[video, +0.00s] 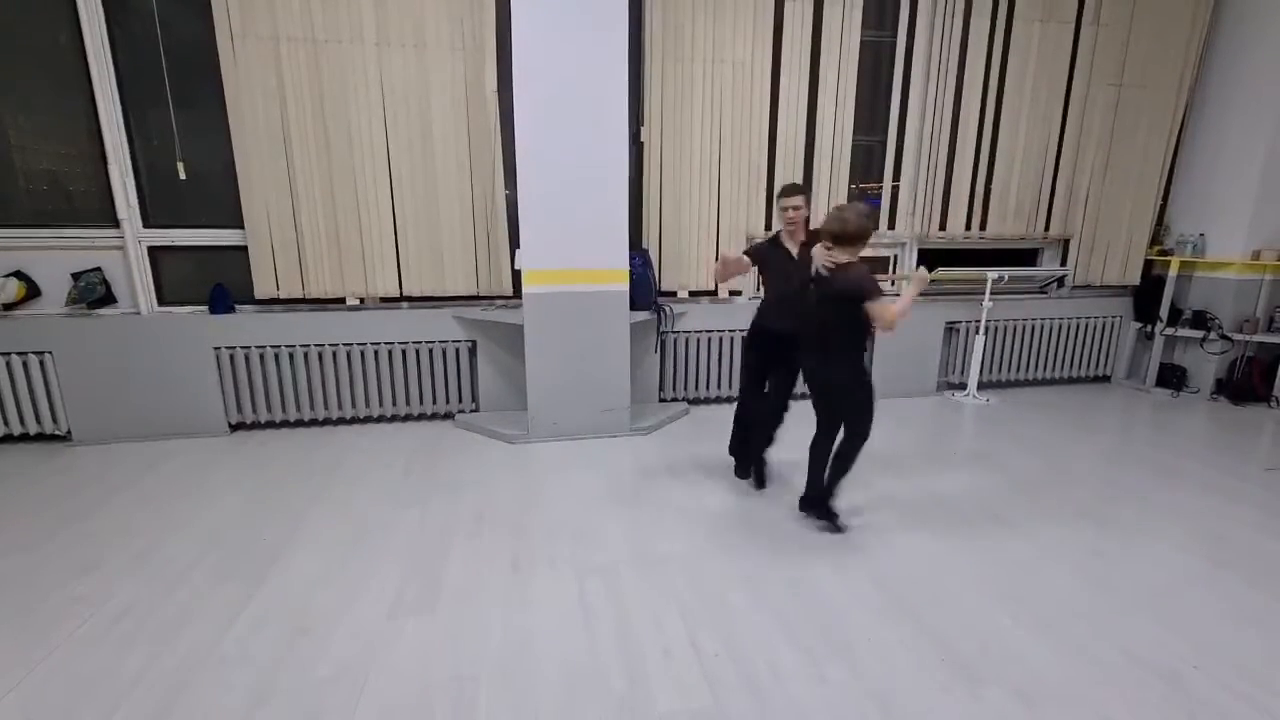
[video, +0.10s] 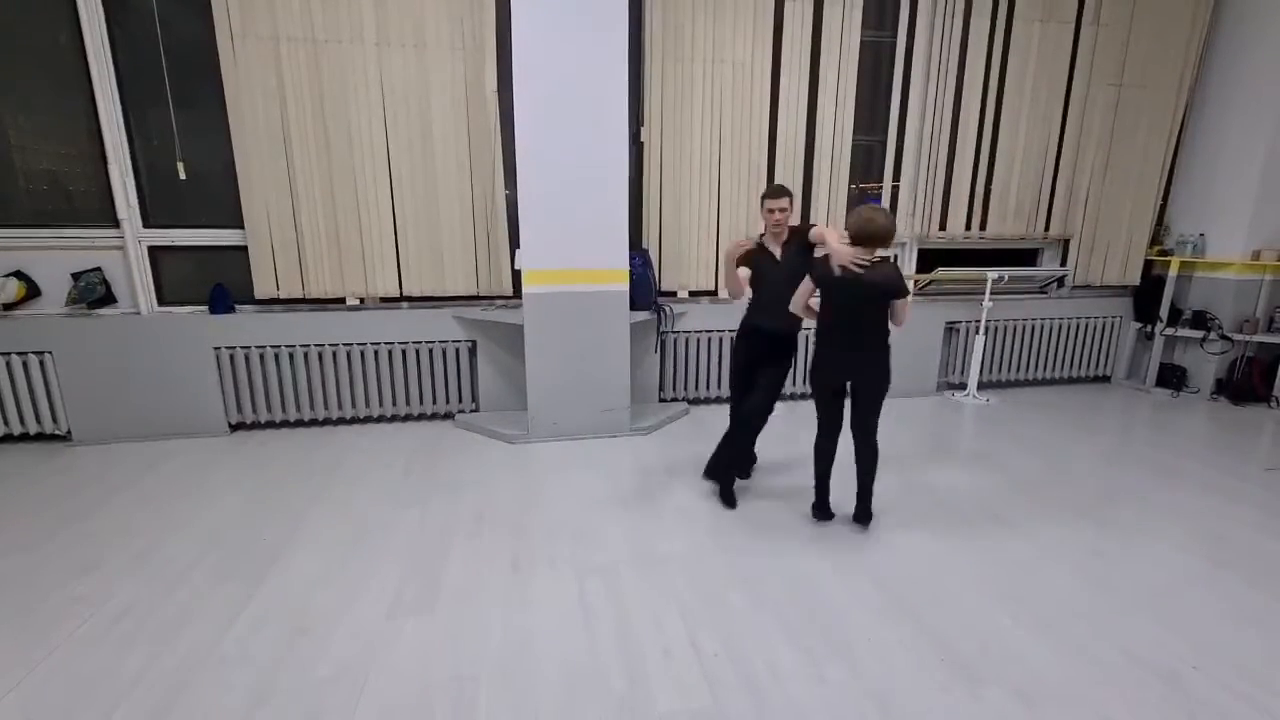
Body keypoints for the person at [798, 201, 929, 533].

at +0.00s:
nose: (867, 241)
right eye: (866, 236)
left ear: (829, 235)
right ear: (863, 240)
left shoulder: (816, 260)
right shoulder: (858, 276)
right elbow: (886, 319)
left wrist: (873, 318)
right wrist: (913, 289)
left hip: (815, 361)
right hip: (847, 366)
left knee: (826, 426)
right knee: (858, 429)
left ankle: (811, 496)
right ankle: (823, 498)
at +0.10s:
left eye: (848, 226)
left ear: (850, 232)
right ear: (887, 239)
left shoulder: (826, 263)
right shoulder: (889, 272)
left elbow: (796, 304)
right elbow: (899, 319)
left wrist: (823, 314)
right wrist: (888, 294)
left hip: (829, 361)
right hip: (872, 364)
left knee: (828, 429)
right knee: (866, 432)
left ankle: (821, 503)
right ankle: (863, 508)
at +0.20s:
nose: (853, 241)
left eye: (858, 239)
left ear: (863, 241)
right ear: (892, 248)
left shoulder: (844, 271)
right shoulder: (891, 276)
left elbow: (817, 300)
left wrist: (800, 323)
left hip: (859, 361)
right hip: (892, 361)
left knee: (827, 415)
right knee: (874, 428)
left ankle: (851, 489)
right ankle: (874, 508)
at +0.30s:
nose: (836, 282)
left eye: (833, 275)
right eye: (831, 278)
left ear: (846, 259)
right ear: (848, 260)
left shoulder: (867, 269)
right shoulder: (870, 274)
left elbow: (875, 297)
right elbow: (850, 315)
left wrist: (845, 328)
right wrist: (814, 291)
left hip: (890, 367)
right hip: (899, 365)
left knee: (832, 412)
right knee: (882, 435)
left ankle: (889, 467)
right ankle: (882, 510)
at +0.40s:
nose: (835, 287)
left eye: (833, 280)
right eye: (830, 283)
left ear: (846, 267)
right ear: (840, 272)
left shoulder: (878, 275)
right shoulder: (855, 290)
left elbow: (926, 286)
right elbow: (835, 311)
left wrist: (923, 330)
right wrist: (805, 296)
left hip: (909, 364)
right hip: (892, 365)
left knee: (858, 422)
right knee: (889, 435)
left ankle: (903, 483)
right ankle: (890, 504)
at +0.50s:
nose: (844, 284)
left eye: (846, 277)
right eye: (841, 280)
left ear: (859, 265)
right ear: (843, 272)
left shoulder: (899, 274)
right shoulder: (853, 292)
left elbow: (956, 282)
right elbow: (826, 311)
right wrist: (789, 291)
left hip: (922, 367)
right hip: (887, 370)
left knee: (893, 432)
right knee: (888, 435)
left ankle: (924, 492)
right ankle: (889, 507)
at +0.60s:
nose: (853, 268)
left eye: (856, 262)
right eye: (851, 264)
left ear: (875, 256)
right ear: (862, 262)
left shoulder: (914, 274)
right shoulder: (860, 289)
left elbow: (971, 282)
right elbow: (824, 306)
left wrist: (969, 326)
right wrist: (784, 291)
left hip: (928, 367)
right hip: (888, 370)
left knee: (915, 435)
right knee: (890, 438)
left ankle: (922, 492)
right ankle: (890, 506)